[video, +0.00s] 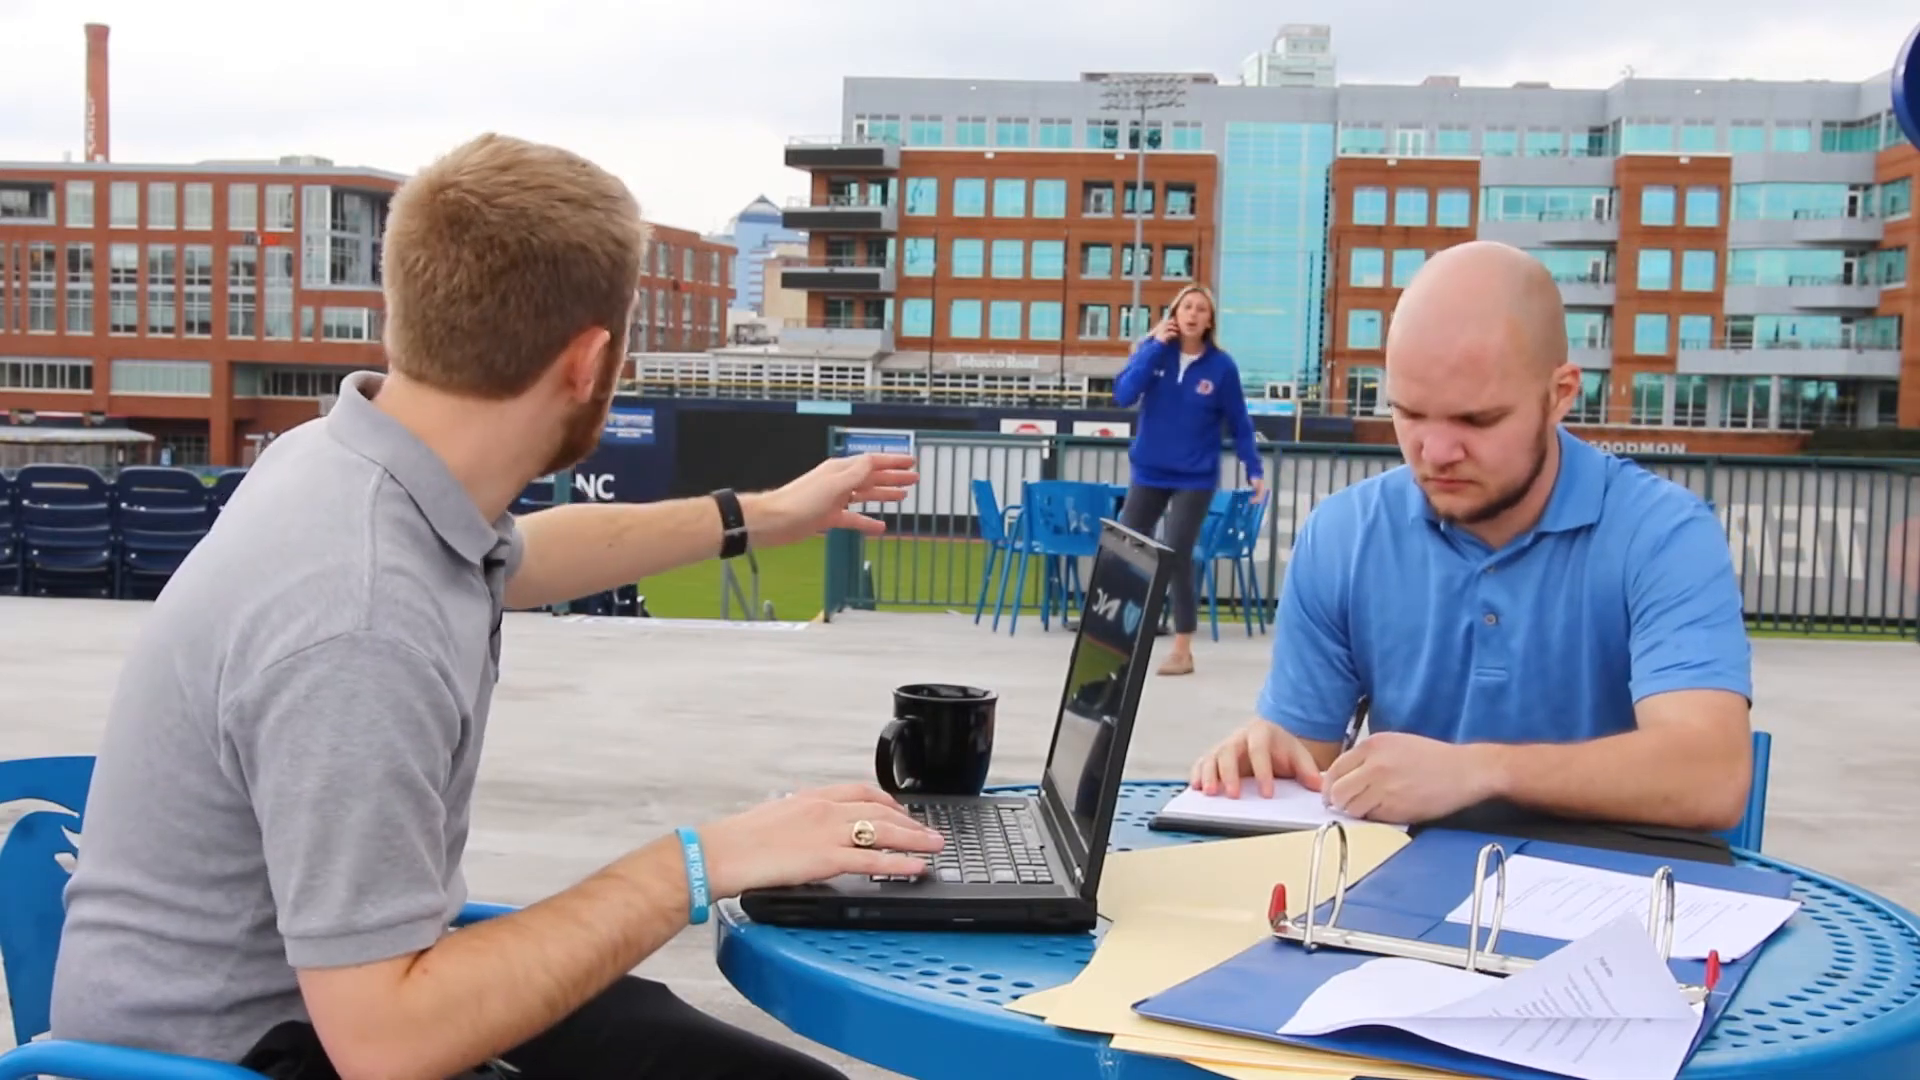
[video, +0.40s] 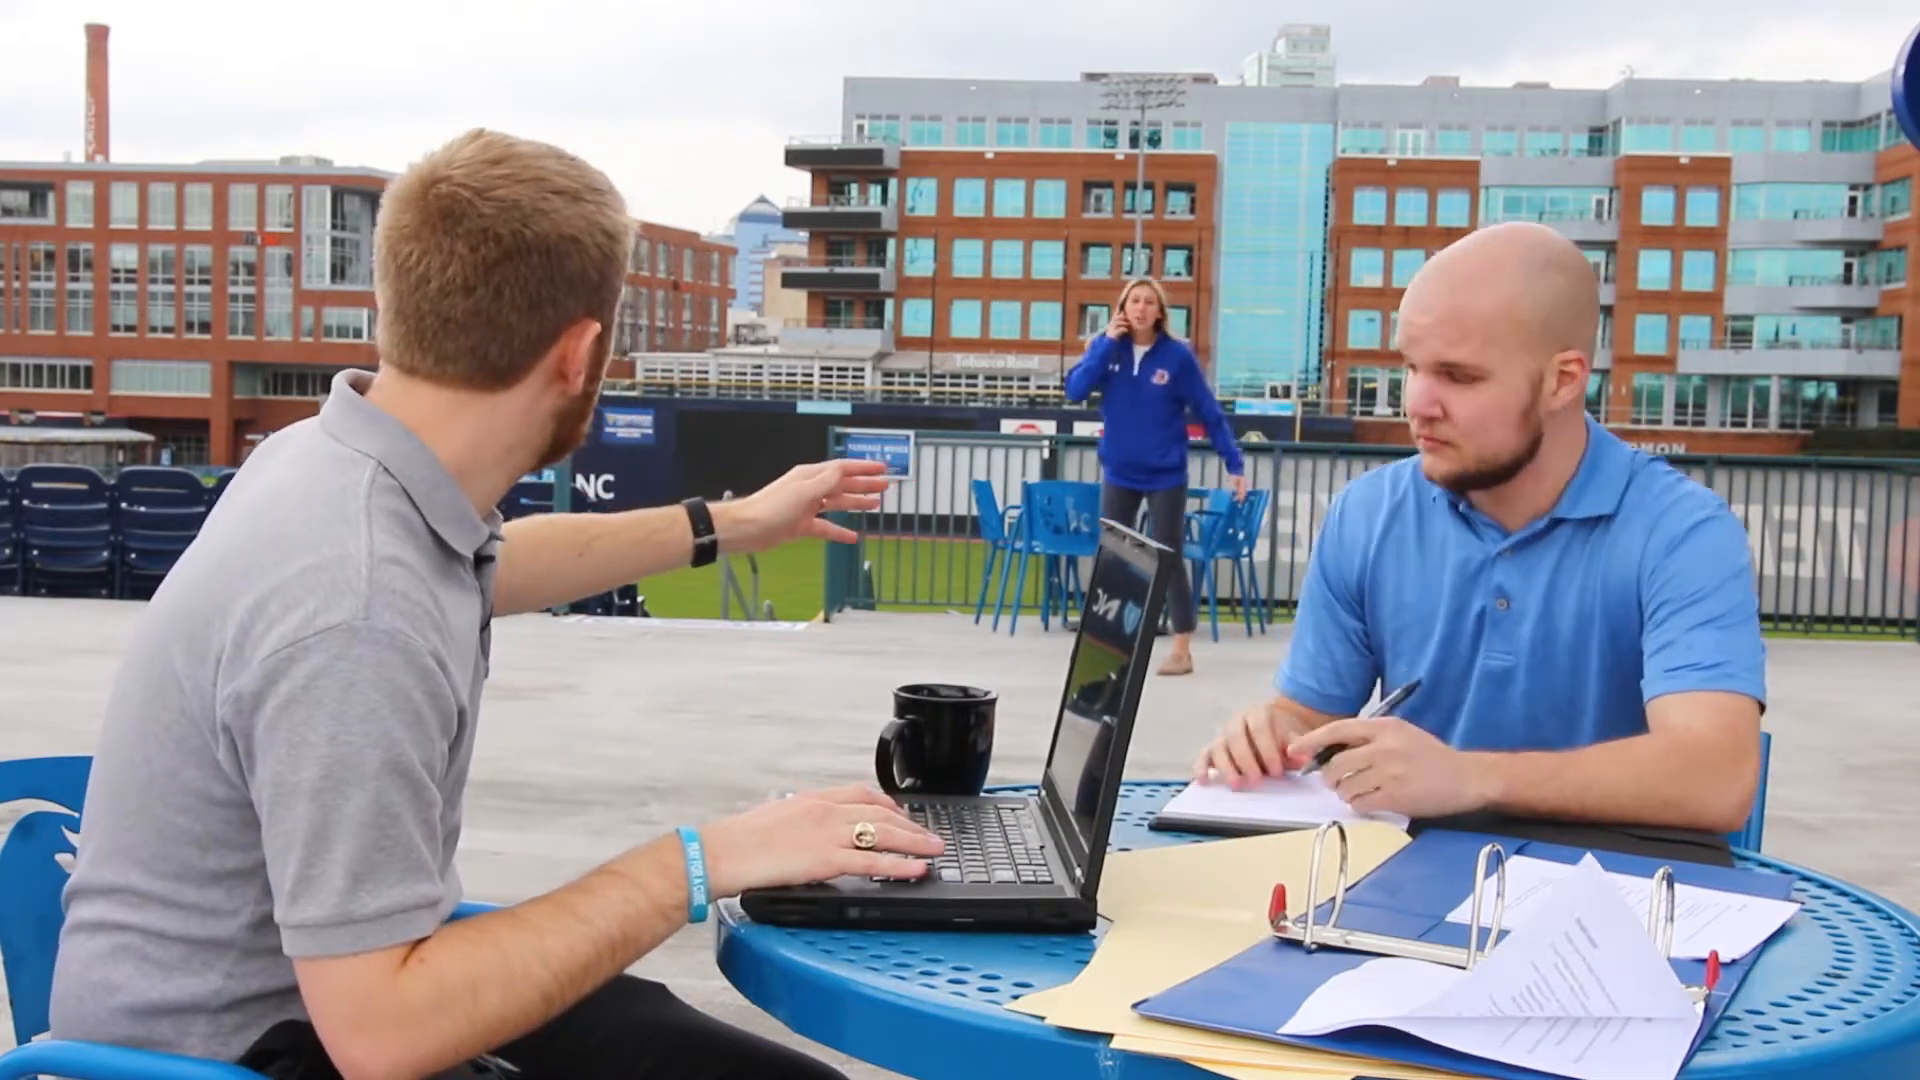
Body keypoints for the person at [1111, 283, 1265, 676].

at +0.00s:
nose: (1193, 315)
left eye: (1201, 310)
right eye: (1187, 308)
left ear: (1210, 319)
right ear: (1174, 313)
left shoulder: (1221, 366)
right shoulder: (1152, 349)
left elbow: (1240, 424)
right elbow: (1123, 395)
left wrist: (1254, 470)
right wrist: (1153, 345)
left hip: (1195, 477)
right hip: (1148, 472)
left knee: (1175, 553)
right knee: (1123, 550)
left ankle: (1182, 649)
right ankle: (1113, 639)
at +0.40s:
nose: (1141, 309)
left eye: (1148, 303)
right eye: (1135, 302)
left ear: (1160, 311)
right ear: (1124, 308)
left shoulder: (1177, 355)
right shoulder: (1106, 347)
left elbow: (1208, 412)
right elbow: (1074, 390)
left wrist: (1235, 466)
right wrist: (1107, 341)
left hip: (1165, 474)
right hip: (1118, 472)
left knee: (1169, 557)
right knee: (1110, 557)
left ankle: (1182, 649)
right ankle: (1108, 645)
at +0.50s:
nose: (1126, 311)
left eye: (1134, 305)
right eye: (1120, 304)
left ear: (1147, 311)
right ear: (1110, 310)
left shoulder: (1165, 356)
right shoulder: (1098, 351)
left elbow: (1201, 411)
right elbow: (1063, 394)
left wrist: (1223, 464)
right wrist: (1092, 345)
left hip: (1159, 475)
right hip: (1112, 473)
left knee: (1167, 556)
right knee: (1102, 557)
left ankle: (1182, 648)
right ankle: (1104, 645)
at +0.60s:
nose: (1107, 314)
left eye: (1114, 307)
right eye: (1101, 307)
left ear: (1128, 313)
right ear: (1092, 313)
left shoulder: (1146, 355)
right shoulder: (1083, 353)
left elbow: (1177, 411)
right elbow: (1050, 398)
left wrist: (1188, 465)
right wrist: (1075, 348)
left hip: (1148, 476)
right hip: (1101, 474)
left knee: (1164, 557)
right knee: (1085, 551)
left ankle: (1182, 646)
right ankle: (1102, 637)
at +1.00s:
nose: (942, 331)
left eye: (950, 323)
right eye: (939, 324)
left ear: (971, 328)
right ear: (938, 332)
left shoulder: (995, 369)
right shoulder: (948, 375)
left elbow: (1045, 413)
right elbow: (925, 421)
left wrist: (1063, 465)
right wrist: (931, 370)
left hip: (1028, 482)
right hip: (998, 487)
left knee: (1006, 569)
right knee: (1008, 570)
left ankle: (1076, 608)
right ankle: (1074, 633)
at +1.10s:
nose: (885, 320)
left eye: (891, 312)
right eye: (884, 313)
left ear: (915, 315)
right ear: (892, 319)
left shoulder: (945, 356)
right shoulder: (899, 363)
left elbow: (1003, 391)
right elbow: (877, 414)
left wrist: (1024, 437)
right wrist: (876, 367)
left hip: (970, 470)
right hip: (953, 472)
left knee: (916, 541)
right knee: (1000, 556)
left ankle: (966, 625)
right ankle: (1061, 625)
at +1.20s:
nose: (822, 314)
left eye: (828, 306)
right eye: (822, 306)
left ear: (853, 310)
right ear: (846, 313)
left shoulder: (883, 349)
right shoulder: (846, 356)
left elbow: (930, 399)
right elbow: (837, 406)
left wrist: (907, 453)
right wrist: (817, 366)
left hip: (908, 464)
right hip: (892, 465)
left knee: (865, 544)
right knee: (911, 559)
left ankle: (907, 634)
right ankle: (999, 589)